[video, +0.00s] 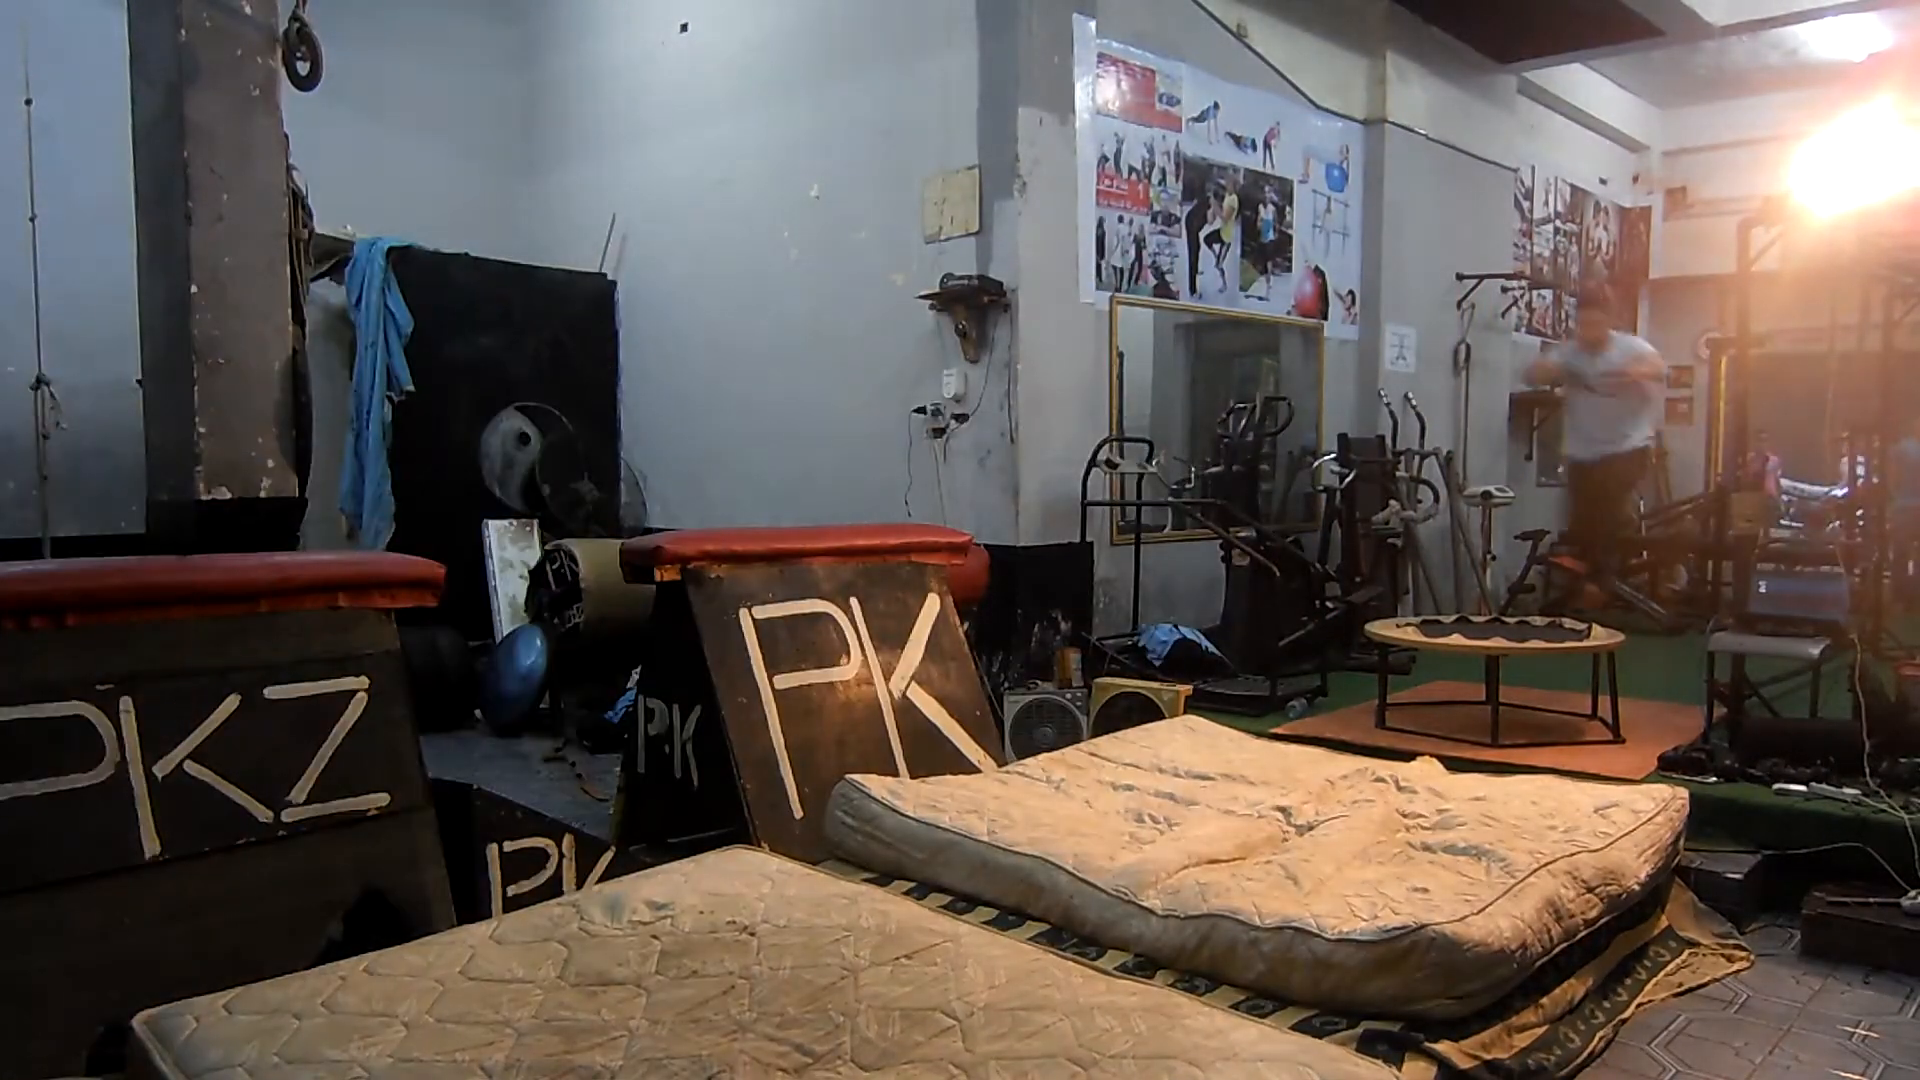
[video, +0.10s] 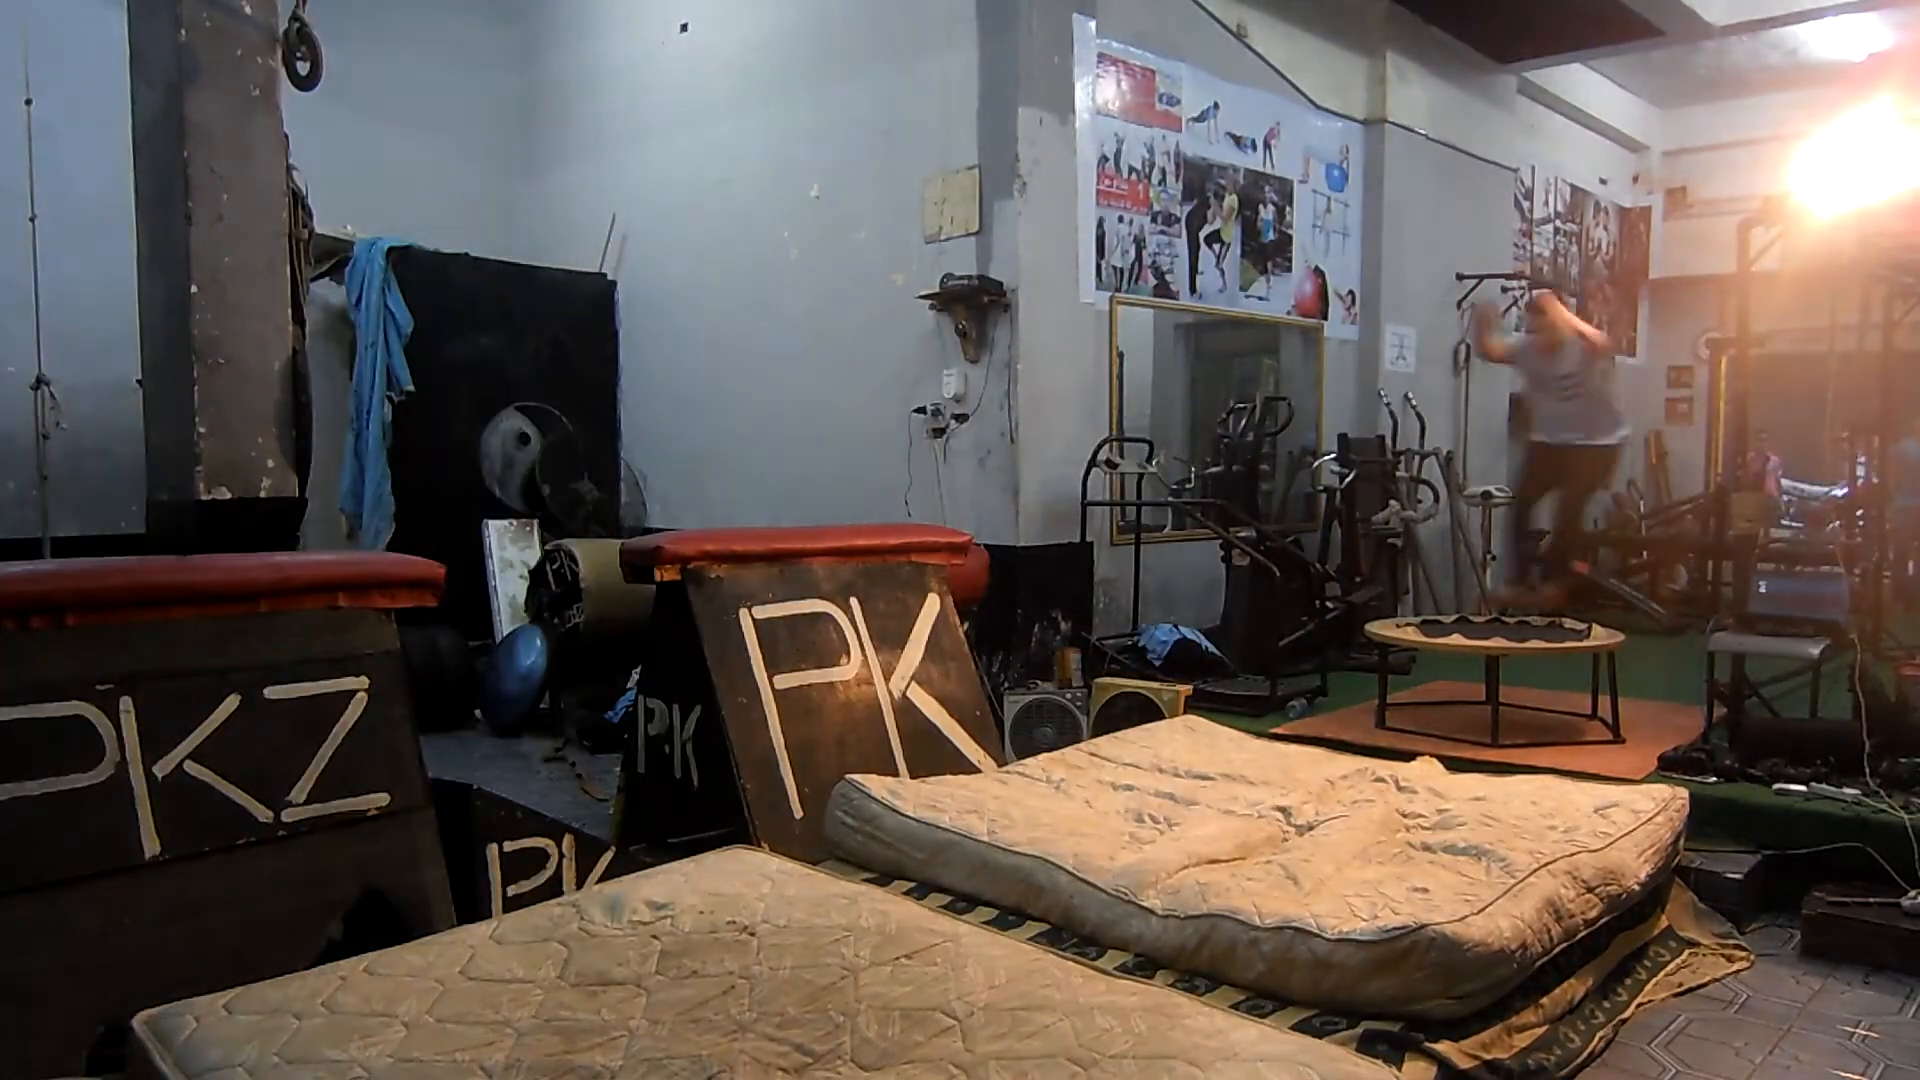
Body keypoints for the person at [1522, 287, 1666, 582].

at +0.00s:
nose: (1589, 331)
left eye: (1595, 323)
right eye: (1583, 323)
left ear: (1608, 322)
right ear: (1576, 323)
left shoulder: (1631, 349)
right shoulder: (1569, 352)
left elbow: (1660, 371)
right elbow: (1532, 374)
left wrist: (1636, 374)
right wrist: (1551, 372)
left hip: (1626, 450)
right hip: (1582, 453)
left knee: (1606, 512)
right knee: (1582, 518)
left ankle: (1602, 579)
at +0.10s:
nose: (1543, 331)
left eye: (1548, 323)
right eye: (1536, 324)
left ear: (1562, 319)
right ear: (1529, 324)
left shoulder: (1581, 342)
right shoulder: (1527, 347)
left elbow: (1607, 346)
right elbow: (1488, 352)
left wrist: (1564, 314)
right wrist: (1482, 323)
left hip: (1595, 444)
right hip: (1549, 444)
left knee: (1570, 508)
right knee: (1521, 503)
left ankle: (1558, 583)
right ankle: (1519, 580)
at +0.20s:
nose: (1501, 346)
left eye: (1508, 338)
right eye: (1495, 338)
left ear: (1520, 336)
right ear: (1485, 338)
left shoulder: (1542, 358)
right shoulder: (1481, 360)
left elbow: (1548, 331)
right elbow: (1435, 333)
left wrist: (1514, 285)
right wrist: (1464, 281)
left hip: (1549, 464)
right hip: (1504, 462)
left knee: (1521, 533)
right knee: (1470, 532)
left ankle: (1512, 622)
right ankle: (1445, 611)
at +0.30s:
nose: (1460, 316)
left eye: (1465, 308)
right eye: (1451, 310)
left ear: (1480, 310)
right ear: (1441, 317)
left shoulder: (1502, 347)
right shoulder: (1437, 348)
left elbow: (1488, 303)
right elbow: (1382, 308)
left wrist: (1450, 249)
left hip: (1502, 465)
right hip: (1453, 464)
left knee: (1485, 555)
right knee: (1437, 555)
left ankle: (1490, 644)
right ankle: (1431, 639)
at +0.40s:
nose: (1398, 277)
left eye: (1399, 268)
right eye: (1392, 272)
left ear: (1414, 251)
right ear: (1387, 267)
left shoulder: (1452, 263)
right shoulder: (1386, 281)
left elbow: (1460, 304)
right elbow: (1331, 304)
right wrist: (1275, 340)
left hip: (1482, 382)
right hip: (1432, 385)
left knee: (1490, 475)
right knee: (1430, 483)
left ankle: (1508, 580)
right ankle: (1429, 590)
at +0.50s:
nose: (1340, 316)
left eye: (1338, 307)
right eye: (1331, 311)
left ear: (1346, 289)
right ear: (1319, 297)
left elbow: (1464, 349)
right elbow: (1313, 356)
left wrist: (1459, 429)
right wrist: (1315, 432)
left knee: (1455, 388)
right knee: (1406, 391)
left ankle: (1502, 360)